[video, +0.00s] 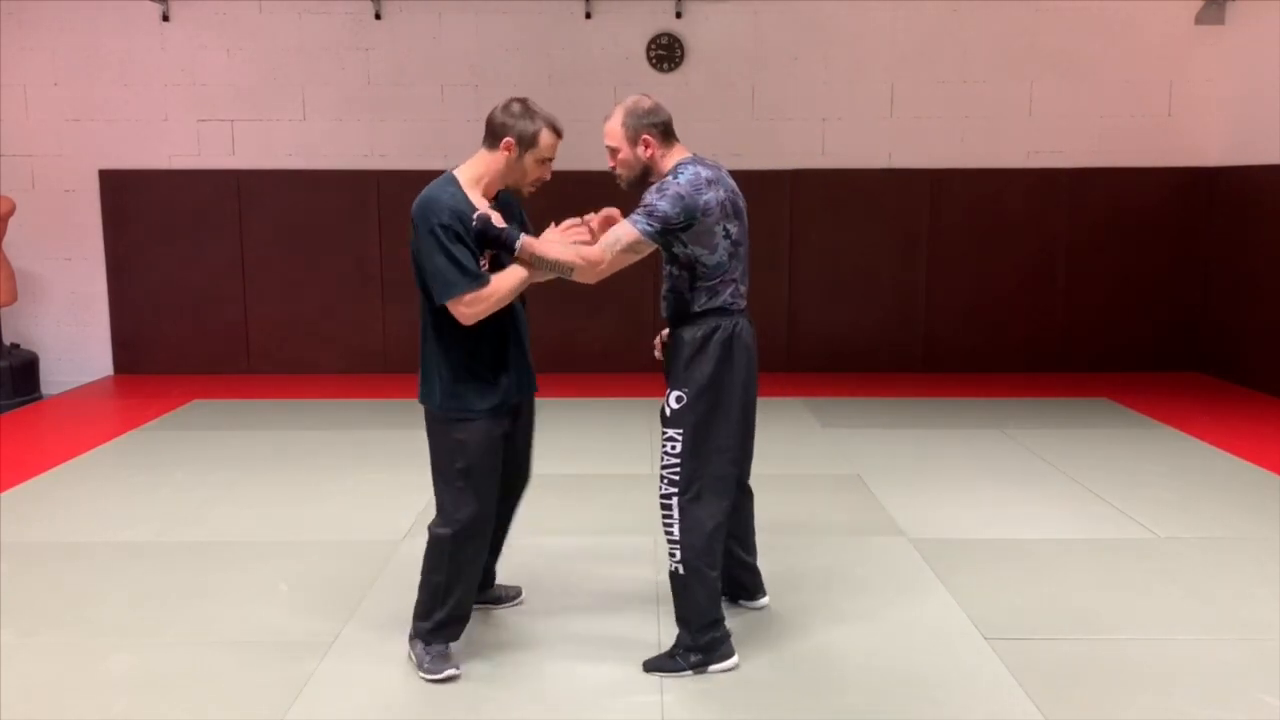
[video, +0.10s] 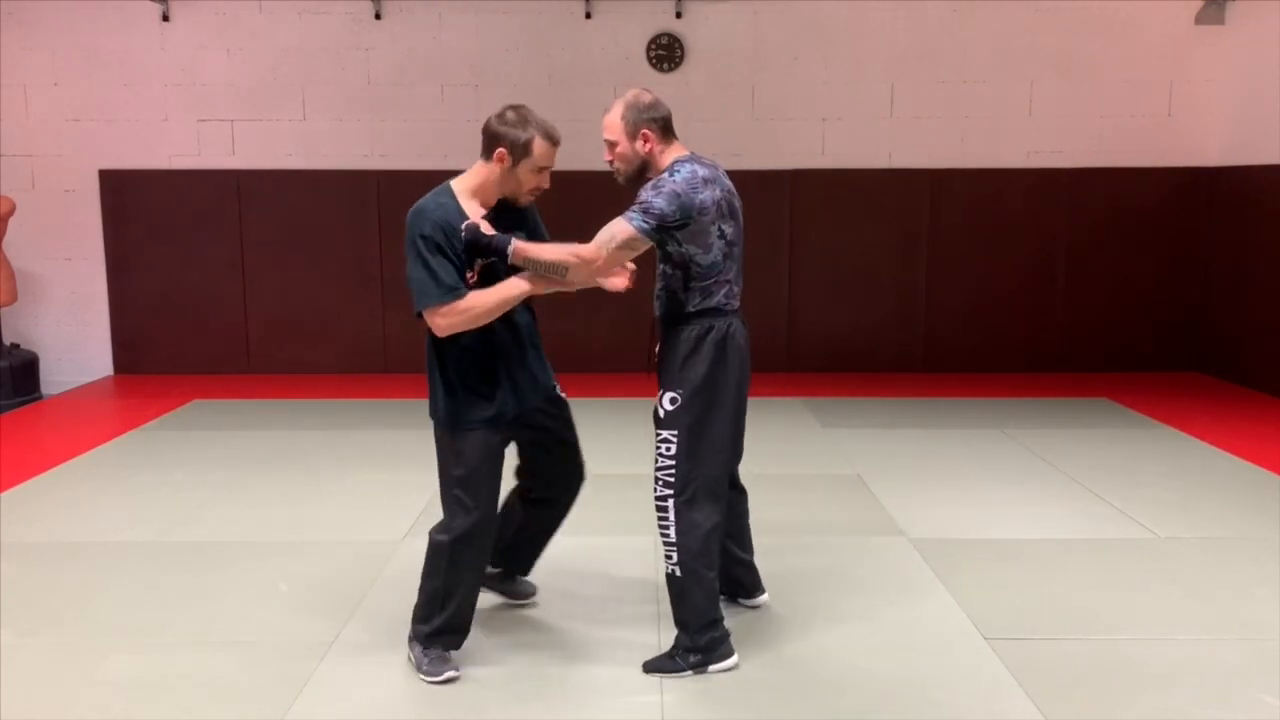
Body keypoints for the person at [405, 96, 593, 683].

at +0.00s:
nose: (545, 175)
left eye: (549, 164)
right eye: (543, 162)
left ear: (510, 150)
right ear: (507, 148)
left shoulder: (504, 200)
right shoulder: (438, 209)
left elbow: (521, 271)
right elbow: (467, 306)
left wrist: (576, 244)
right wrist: (535, 252)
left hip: (507, 382)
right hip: (460, 392)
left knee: (507, 489)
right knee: (462, 515)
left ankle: (476, 581)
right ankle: (431, 634)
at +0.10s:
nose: (547, 183)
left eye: (550, 171)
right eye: (541, 171)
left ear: (508, 162)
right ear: (502, 159)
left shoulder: (515, 211)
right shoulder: (431, 219)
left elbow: (539, 277)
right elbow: (442, 318)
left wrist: (596, 273)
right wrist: (528, 280)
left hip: (526, 379)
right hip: (467, 394)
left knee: (559, 473)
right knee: (467, 520)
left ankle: (500, 562)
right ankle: (432, 638)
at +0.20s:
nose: (556, 189)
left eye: (560, 177)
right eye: (548, 176)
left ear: (525, 167)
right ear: (510, 164)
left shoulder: (543, 211)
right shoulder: (443, 220)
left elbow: (566, 280)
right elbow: (423, 317)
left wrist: (620, 277)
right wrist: (519, 306)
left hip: (544, 374)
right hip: (478, 389)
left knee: (596, 466)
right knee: (467, 521)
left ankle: (563, 574)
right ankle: (432, 640)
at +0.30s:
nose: (583, 194)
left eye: (588, 182)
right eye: (574, 181)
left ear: (587, 174)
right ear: (537, 164)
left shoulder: (575, 211)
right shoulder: (469, 217)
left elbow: (606, 288)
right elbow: (426, 306)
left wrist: (646, 254)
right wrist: (509, 324)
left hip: (566, 378)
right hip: (493, 393)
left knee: (620, 473)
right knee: (470, 519)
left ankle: (648, 584)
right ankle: (432, 640)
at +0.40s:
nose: (618, 201)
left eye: (628, 189)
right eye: (610, 186)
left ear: (637, 181)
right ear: (582, 163)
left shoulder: (619, 225)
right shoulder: (518, 209)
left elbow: (633, 303)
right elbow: (461, 285)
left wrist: (655, 261)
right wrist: (514, 332)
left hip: (594, 386)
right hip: (519, 391)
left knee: (652, 489)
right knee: (480, 512)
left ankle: (698, 596)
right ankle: (436, 635)